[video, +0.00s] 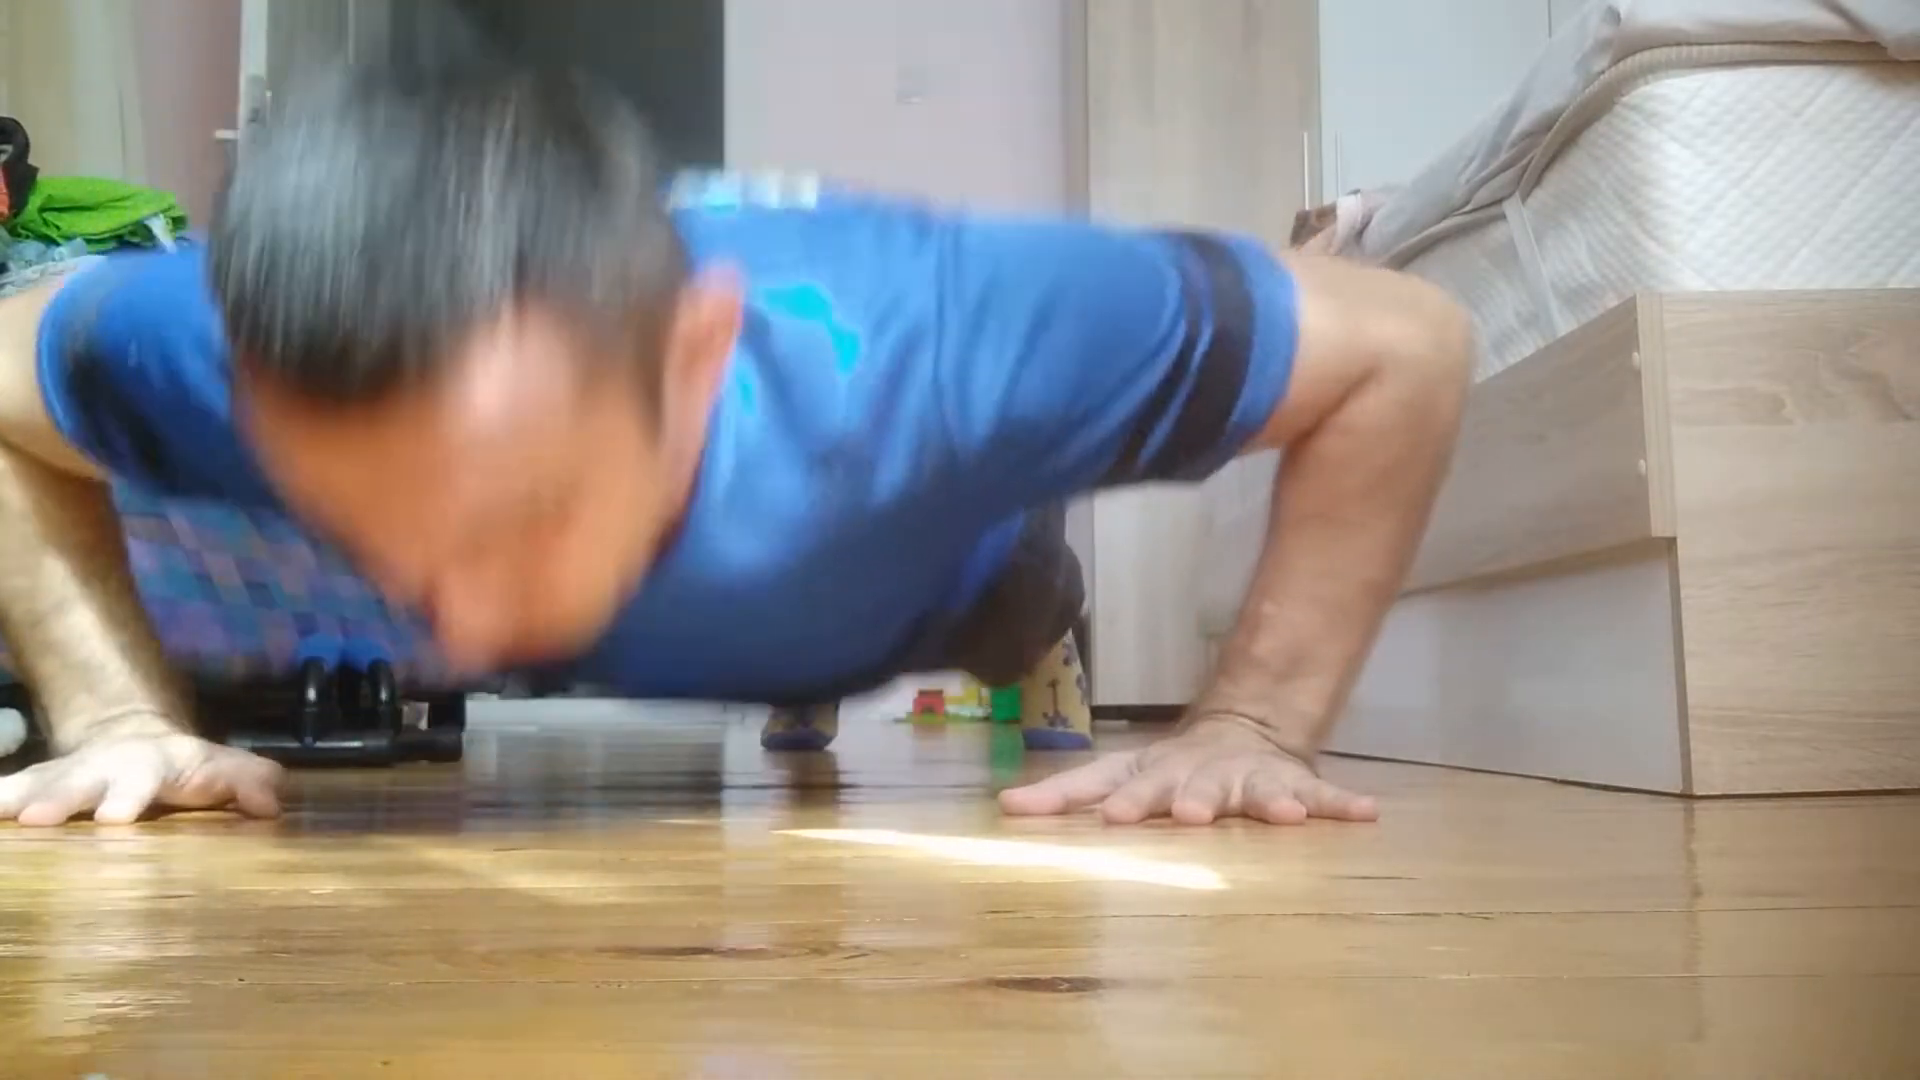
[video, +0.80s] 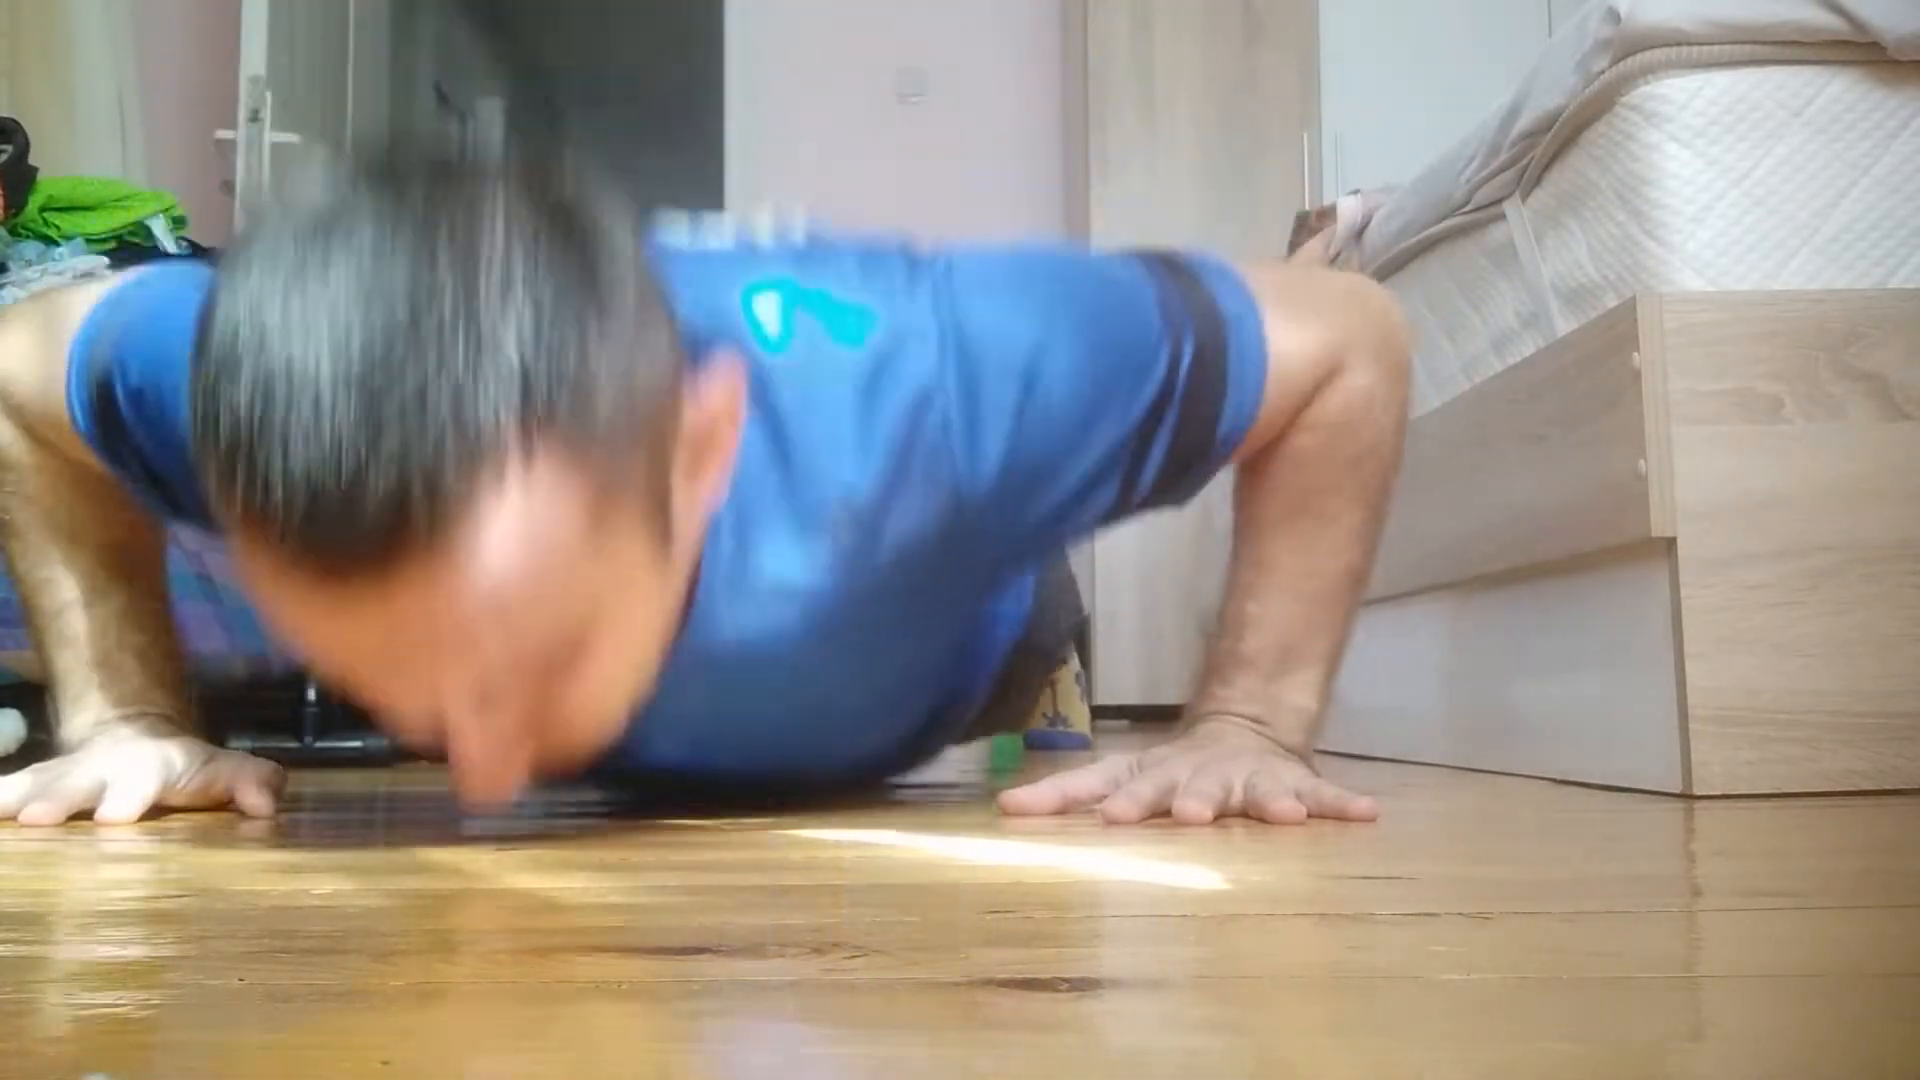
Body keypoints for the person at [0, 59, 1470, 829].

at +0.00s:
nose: (450, 619)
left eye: (520, 533)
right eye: (373, 548)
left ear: (691, 364)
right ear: (297, 429)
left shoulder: (945, 357)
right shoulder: (210, 348)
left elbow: (1406, 347)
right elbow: (16, 390)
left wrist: (1261, 725)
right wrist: (119, 712)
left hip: (924, 603)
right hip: (680, 633)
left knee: (1006, 618)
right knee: (802, 666)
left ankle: (1036, 652)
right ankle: (815, 701)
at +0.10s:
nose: (481, 378)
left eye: (536, 295)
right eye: (416, 311)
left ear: (710, 151)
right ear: (332, 224)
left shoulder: (956, 213)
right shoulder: (247, 232)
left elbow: (1406, 352)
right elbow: (23, 397)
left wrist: (1262, 723)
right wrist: (135, 715)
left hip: (945, 510)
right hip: (712, 534)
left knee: (1010, 604)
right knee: (793, 596)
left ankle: (1037, 633)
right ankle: (818, 655)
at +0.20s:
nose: (513, 148)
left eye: (556, 58)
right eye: (448, 82)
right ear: (380, 45)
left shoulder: (951, 54)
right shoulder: (294, 81)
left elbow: (1352, 334)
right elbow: (72, 361)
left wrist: (1255, 717)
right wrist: (133, 716)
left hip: (934, 446)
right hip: (693, 497)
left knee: (1014, 580)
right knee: (792, 590)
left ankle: (1025, 626)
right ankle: (820, 650)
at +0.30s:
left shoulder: (984, 13)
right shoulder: (319, 15)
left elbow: (1252, 291)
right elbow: (155, 320)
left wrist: (1245, 717)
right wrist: (144, 717)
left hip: (932, 384)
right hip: (687, 441)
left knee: (1008, 561)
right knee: (786, 568)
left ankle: (1020, 617)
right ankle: (823, 645)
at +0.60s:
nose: (508, 93)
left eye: (557, 34)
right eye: (461, 43)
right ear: (405, 11)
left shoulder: (934, 21)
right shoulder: (300, 39)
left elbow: (1305, 311)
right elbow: (95, 349)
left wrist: (1246, 720)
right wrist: (137, 720)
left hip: (941, 486)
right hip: (691, 533)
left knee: (1001, 611)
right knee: (788, 611)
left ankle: (1007, 651)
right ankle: (816, 654)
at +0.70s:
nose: (487, 504)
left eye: (541, 408)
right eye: (413, 435)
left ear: (697, 202)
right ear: (304, 293)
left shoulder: (931, 215)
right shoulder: (240, 263)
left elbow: (1351, 350)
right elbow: (49, 390)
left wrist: (1247, 718)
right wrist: (134, 714)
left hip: (972, 641)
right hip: (664, 645)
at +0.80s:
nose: (481, 773)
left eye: (543, 670)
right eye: (394, 696)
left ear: (700, 452)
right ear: (276, 536)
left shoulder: (938, 401)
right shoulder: (235, 386)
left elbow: (1349, 341)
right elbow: (30, 372)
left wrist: (1248, 723)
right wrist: (124, 715)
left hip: (948, 704)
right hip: (640, 730)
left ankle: (1025, 682)